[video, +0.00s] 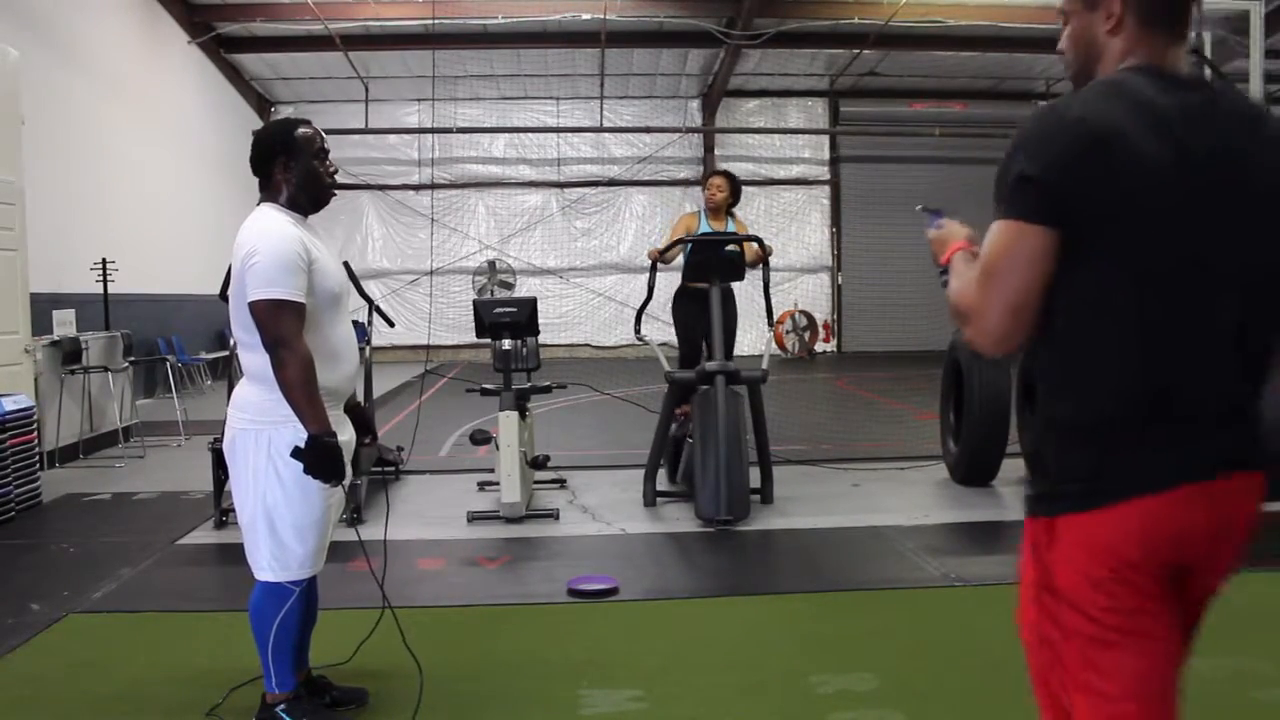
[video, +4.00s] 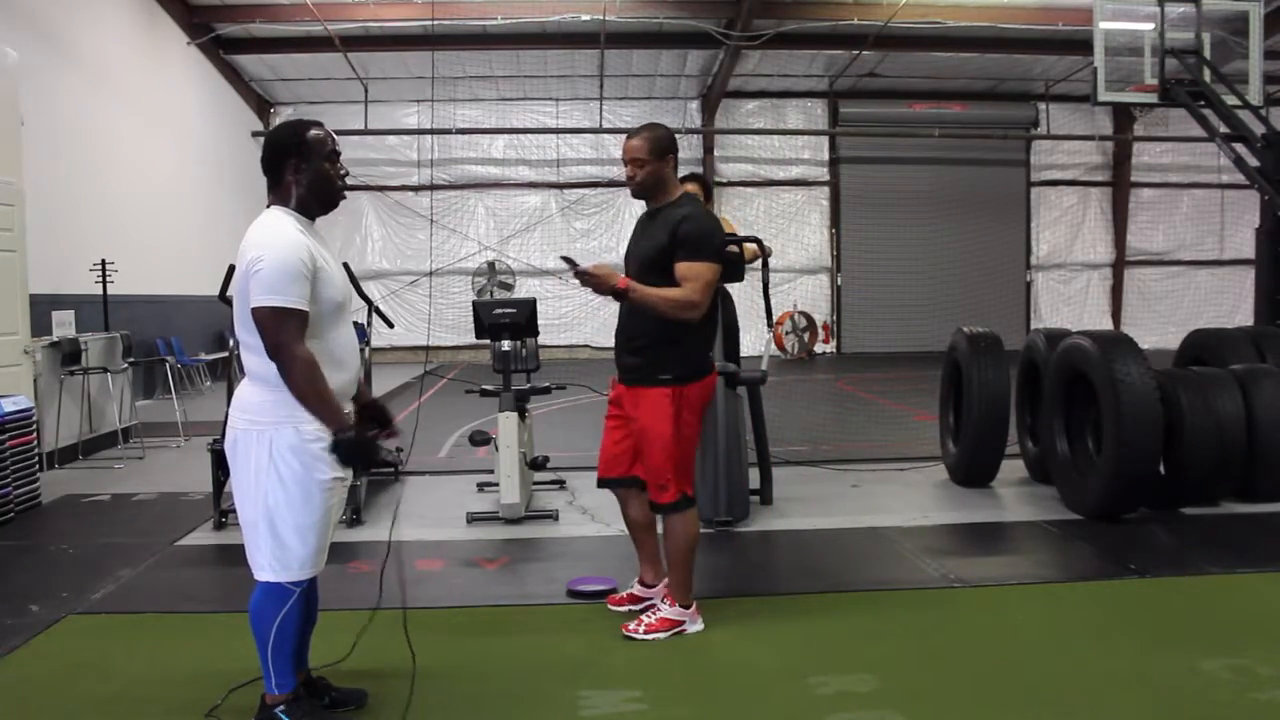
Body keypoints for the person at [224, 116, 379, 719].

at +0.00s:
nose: (333, 167)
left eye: (330, 156)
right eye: (320, 157)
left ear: (292, 170)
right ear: (286, 169)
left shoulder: (298, 235)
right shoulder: (272, 236)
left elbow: (317, 337)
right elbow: (282, 345)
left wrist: (352, 403)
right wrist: (318, 432)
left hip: (304, 426)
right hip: (277, 430)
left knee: (301, 564)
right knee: (284, 570)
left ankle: (297, 679)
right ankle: (281, 697)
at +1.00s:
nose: (336, 165)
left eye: (331, 154)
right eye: (323, 156)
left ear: (292, 171)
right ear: (288, 169)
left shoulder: (296, 238)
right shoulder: (274, 242)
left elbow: (312, 345)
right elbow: (283, 353)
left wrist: (350, 411)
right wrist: (318, 441)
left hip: (301, 429)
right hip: (278, 432)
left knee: (301, 566)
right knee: (284, 572)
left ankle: (297, 680)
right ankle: (281, 698)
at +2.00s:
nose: (334, 165)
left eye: (330, 154)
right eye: (321, 155)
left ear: (292, 171)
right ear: (286, 169)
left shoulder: (295, 238)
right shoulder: (272, 241)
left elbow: (311, 344)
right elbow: (282, 351)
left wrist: (349, 410)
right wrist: (317, 440)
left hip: (299, 427)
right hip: (275, 431)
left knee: (298, 566)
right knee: (282, 571)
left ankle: (296, 680)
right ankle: (280, 698)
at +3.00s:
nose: (338, 168)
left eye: (335, 156)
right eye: (326, 158)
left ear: (295, 171)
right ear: (291, 170)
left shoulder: (298, 237)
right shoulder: (276, 239)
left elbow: (316, 343)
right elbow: (286, 349)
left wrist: (353, 410)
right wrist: (323, 437)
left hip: (299, 429)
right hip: (275, 432)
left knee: (299, 566)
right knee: (282, 571)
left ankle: (296, 680)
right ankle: (280, 697)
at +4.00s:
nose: (344, 171)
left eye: (340, 159)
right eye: (332, 160)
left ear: (300, 172)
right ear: (297, 170)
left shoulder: (302, 239)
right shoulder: (279, 241)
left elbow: (317, 340)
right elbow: (285, 348)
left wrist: (358, 400)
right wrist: (341, 426)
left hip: (306, 429)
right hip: (281, 434)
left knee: (302, 565)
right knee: (283, 570)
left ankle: (297, 681)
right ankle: (280, 698)